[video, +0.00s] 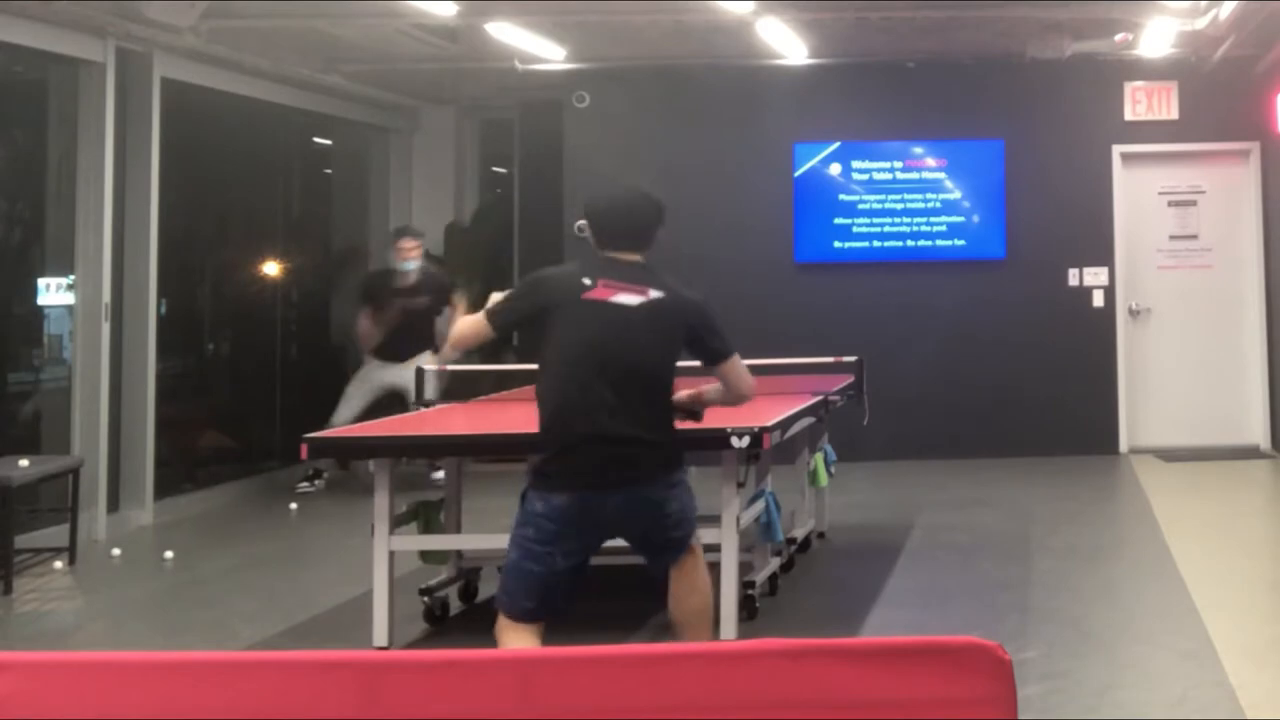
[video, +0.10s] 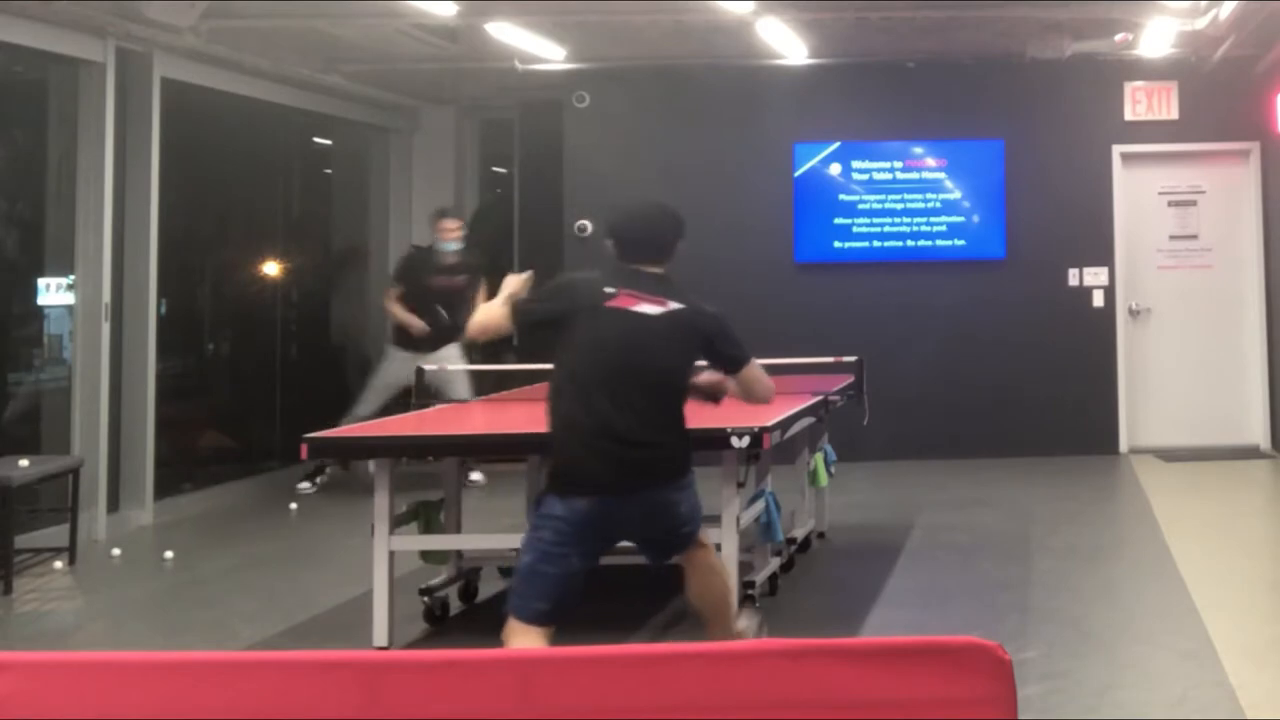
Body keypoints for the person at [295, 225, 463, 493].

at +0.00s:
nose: (408, 256)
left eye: (413, 250)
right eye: (402, 250)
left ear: (422, 251)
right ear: (393, 253)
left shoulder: (436, 283)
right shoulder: (378, 282)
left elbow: (458, 307)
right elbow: (364, 321)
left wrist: (448, 346)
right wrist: (371, 349)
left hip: (420, 362)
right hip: (379, 363)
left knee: (429, 418)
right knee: (341, 418)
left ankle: (437, 467)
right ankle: (318, 472)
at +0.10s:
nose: (450, 237)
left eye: (456, 231)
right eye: (445, 231)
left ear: (464, 233)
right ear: (434, 232)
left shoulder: (471, 262)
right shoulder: (417, 260)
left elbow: (480, 293)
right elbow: (391, 299)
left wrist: (475, 320)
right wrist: (410, 320)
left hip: (448, 350)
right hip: (405, 352)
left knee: (465, 411)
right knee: (362, 411)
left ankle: (470, 466)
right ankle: (323, 469)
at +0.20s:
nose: (491, 231)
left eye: (497, 224)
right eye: (485, 224)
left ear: (503, 227)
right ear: (473, 226)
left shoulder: (501, 262)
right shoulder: (453, 259)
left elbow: (502, 300)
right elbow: (422, 295)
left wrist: (504, 329)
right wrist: (430, 334)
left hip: (477, 341)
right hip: (440, 341)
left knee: (486, 403)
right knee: (409, 401)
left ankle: (469, 466)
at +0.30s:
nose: (528, 228)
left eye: (533, 223)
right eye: (522, 222)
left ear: (540, 227)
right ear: (509, 225)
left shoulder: (533, 265)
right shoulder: (488, 258)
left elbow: (530, 313)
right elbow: (450, 294)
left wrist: (549, 336)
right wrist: (447, 343)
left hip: (504, 340)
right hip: (469, 340)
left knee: (502, 403)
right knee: (464, 401)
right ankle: (462, 464)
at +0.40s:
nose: (558, 223)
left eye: (563, 217)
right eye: (552, 217)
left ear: (570, 222)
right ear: (539, 221)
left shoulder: (565, 257)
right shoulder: (518, 253)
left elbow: (564, 306)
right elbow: (476, 286)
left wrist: (577, 305)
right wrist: (479, 333)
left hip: (535, 336)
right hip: (504, 333)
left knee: (520, 399)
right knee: (519, 395)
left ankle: (488, 461)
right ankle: (482, 462)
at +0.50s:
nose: (587, 217)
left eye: (593, 212)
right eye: (581, 211)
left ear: (600, 218)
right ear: (568, 214)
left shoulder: (601, 250)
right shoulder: (549, 247)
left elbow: (604, 286)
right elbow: (513, 284)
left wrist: (608, 315)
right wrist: (522, 325)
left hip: (577, 330)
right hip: (546, 329)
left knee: (556, 396)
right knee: (565, 389)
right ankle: (557, 462)